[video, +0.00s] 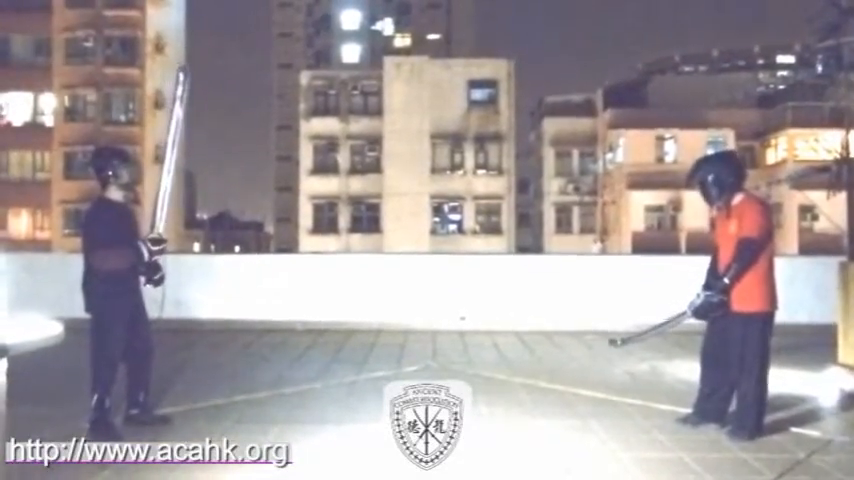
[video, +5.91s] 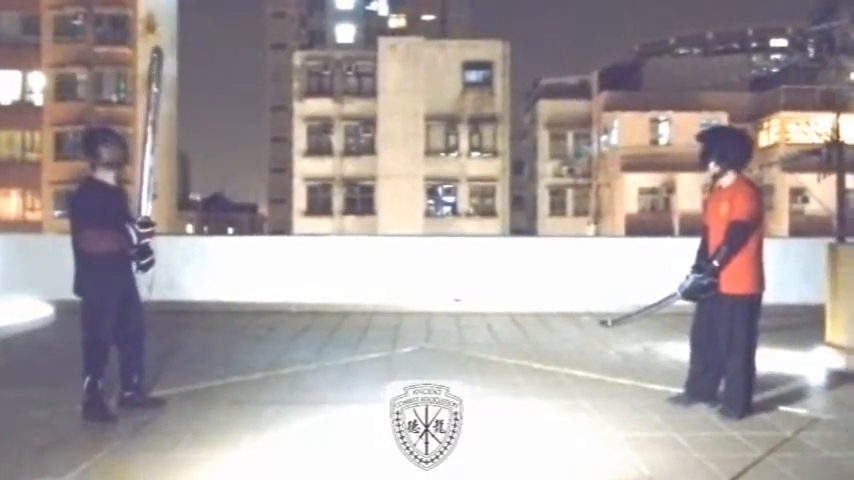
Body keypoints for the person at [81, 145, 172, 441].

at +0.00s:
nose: (132, 175)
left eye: (131, 170)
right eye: (127, 170)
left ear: (114, 173)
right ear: (112, 173)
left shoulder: (125, 211)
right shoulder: (99, 213)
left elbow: (126, 251)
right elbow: (100, 260)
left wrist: (146, 257)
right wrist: (140, 262)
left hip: (128, 292)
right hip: (105, 294)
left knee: (140, 347)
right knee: (108, 352)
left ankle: (138, 407)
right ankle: (100, 415)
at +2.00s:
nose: (139, 170)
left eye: (143, 165)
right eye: (132, 164)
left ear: (146, 170)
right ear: (117, 168)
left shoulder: (140, 206)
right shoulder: (106, 207)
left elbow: (141, 243)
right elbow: (106, 253)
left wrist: (158, 243)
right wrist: (145, 251)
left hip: (142, 286)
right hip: (115, 289)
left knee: (151, 342)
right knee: (119, 345)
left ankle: (150, 401)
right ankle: (111, 407)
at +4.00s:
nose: (126, 154)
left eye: (126, 149)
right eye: (121, 149)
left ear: (110, 151)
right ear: (107, 151)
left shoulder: (117, 188)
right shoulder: (91, 190)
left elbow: (118, 226)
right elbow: (93, 235)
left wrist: (138, 225)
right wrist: (133, 237)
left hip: (125, 270)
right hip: (103, 273)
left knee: (138, 325)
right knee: (105, 331)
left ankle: (138, 385)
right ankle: (99, 390)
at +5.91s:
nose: (116, 149)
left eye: (117, 144)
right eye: (109, 144)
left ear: (120, 153)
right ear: (97, 152)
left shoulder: (117, 194)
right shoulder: (86, 194)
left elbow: (120, 230)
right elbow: (89, 241)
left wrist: (138, 231)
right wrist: (130, 245)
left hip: (121, 274)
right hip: (96, 276)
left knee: (131, 329)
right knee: (98, 334)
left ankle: (132, 390)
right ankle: (92, 395)